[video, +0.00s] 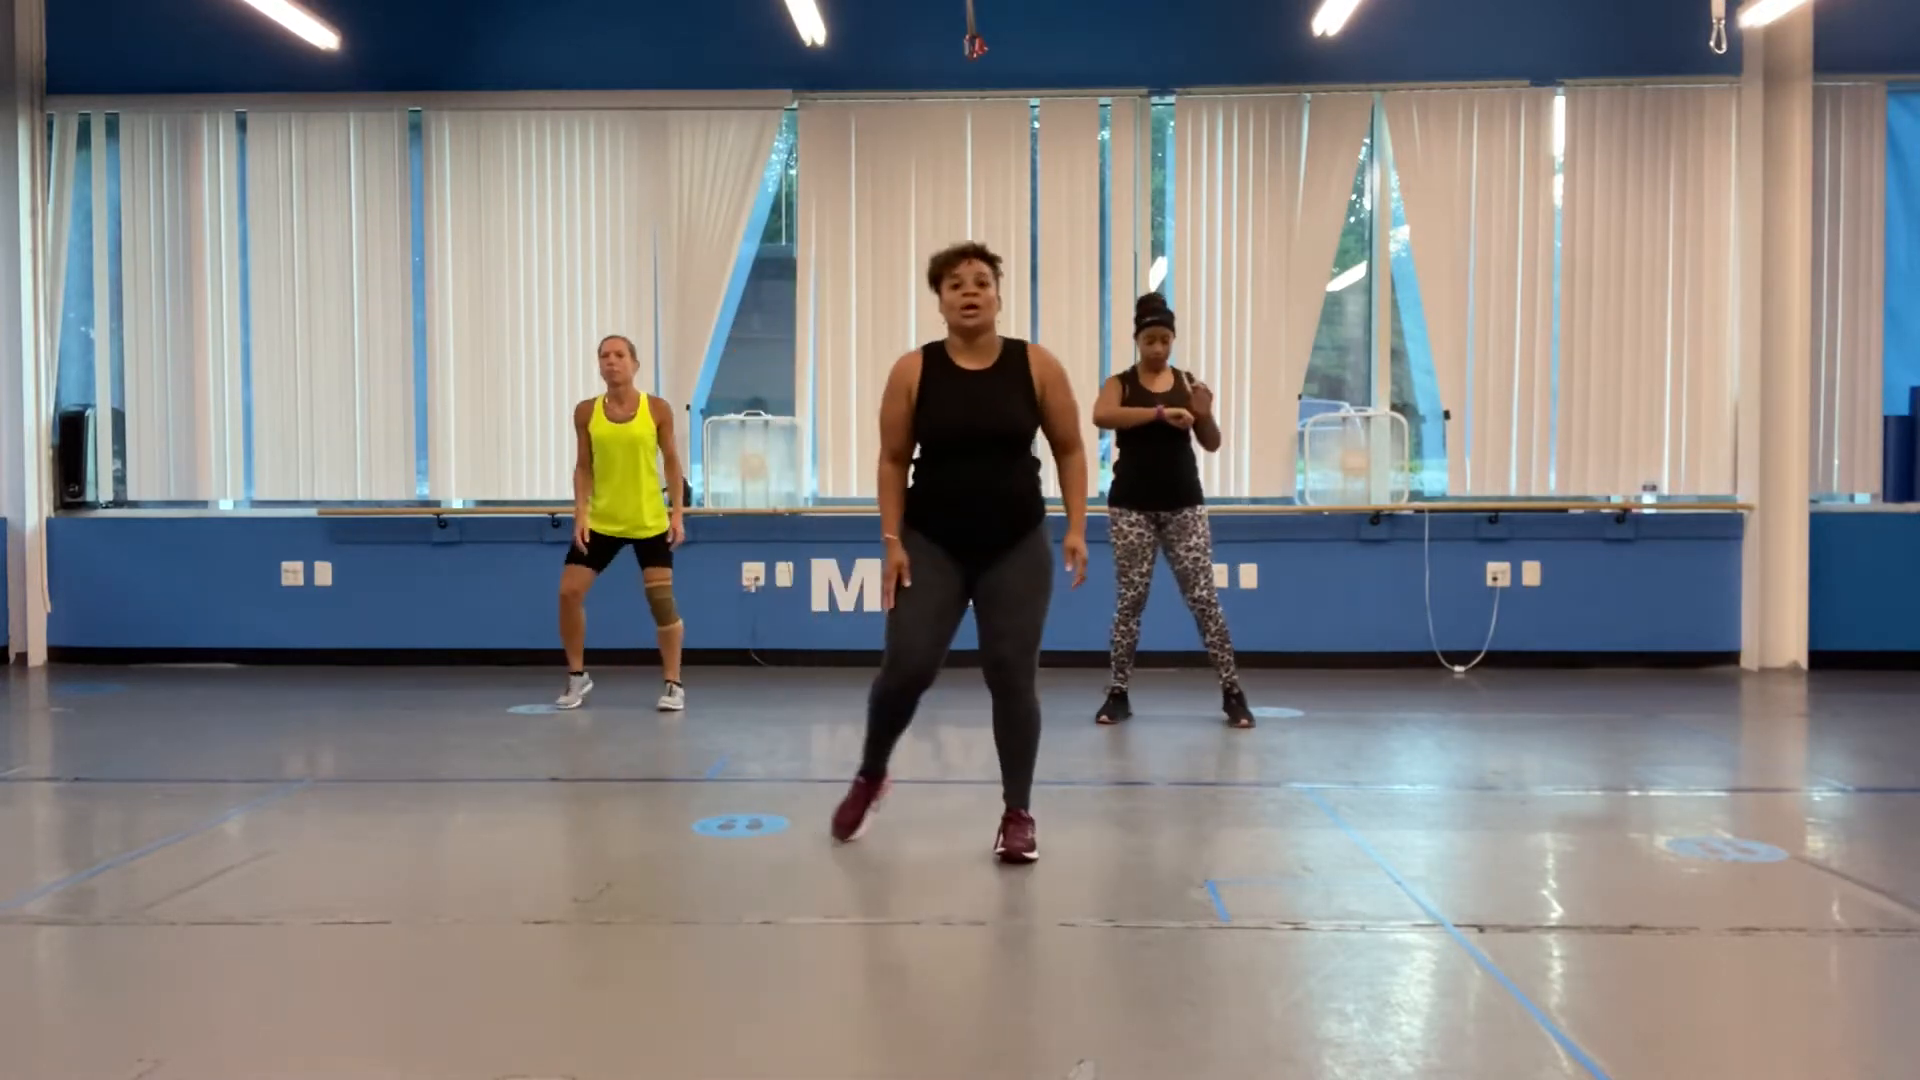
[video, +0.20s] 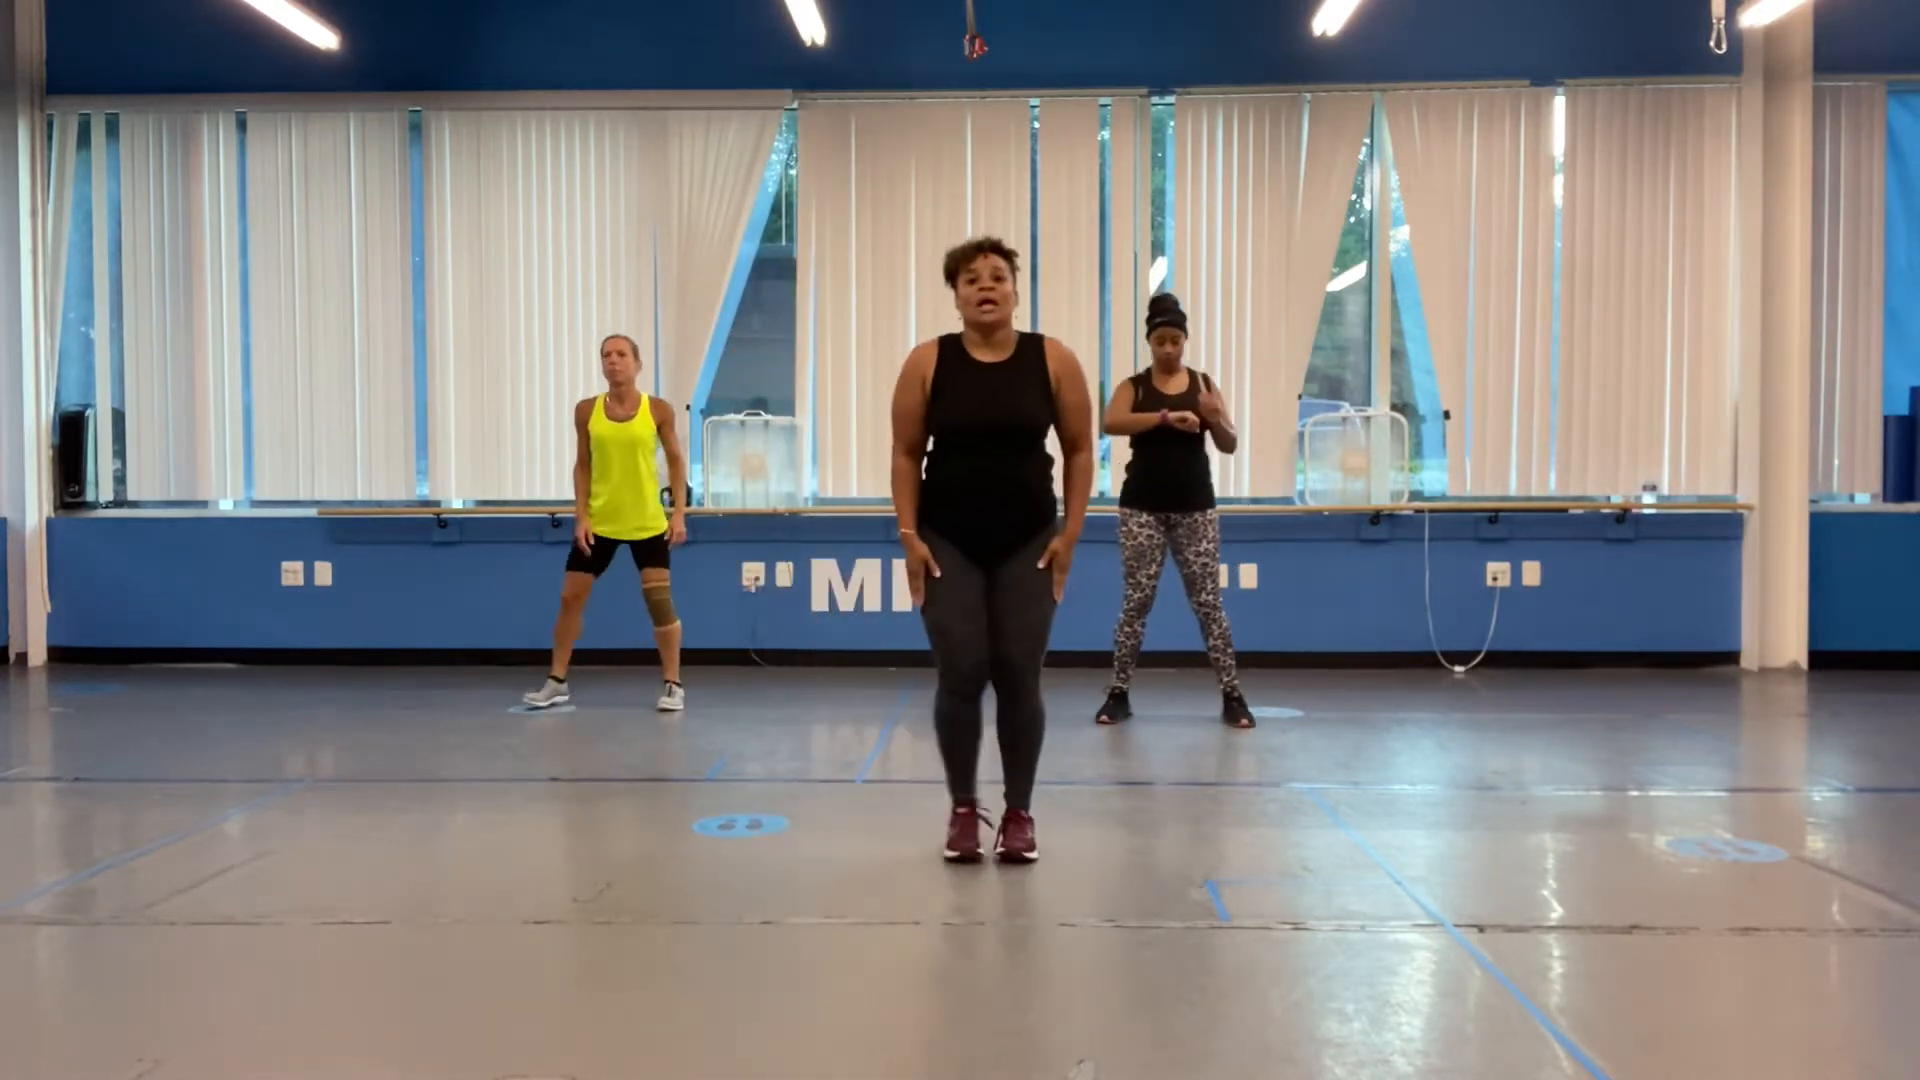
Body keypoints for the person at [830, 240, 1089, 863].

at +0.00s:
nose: (970, 294)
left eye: (981, 284)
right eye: (958, 286)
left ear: (999, 295)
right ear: (939, 299)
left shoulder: (1037, 367)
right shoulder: (913, 370)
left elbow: (1069, 449)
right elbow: (893, 460)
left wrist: (1076, 525)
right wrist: (891, 541)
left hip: (1016, 542)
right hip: (932, 542)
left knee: (1012, 675)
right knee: (907, 669)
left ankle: (1018, 815)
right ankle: (870, 777)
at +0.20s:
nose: (987, 290)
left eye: (998, 279)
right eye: (973, 282)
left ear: (1015, 289)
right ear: (955, 296)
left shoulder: (1053, 361)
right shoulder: (927, 363)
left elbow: (1079, 449)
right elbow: (906, 454)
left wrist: (1070, 532)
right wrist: (909, 534)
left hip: (1027, 539)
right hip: (947, 539)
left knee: (1018, 676)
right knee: (961, 673)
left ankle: (1018, 815)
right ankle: (963, 809)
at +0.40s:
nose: (992, 287)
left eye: (1002, 277)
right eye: (978, 280)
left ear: (1018, 288)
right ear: (958, 295)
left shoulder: (1056, 356)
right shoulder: (930, 360)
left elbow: (1079, 449)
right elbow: (908, 453)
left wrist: (1071, 533)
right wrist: (915, 536)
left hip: (1032, 538)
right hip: (951, 539)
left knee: (1021, 675)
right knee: (963, 674)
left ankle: (1018, 814)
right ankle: (965, 812)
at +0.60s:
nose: (993, 284)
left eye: (1003, 274)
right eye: (979, 277)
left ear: (1020, 286)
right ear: (959, 293)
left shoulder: (1058, 356)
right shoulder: (931, 359)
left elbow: (1081, 448)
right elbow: (908, 454)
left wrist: (1075, 532)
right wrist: (918, 537)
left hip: (1035, 539)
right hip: (953, 540)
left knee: (1024, 677)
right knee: (964, 676)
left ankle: (1018, 815)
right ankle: (965, 812)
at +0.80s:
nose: (997, 285)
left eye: (1007, 276)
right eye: (982, 278)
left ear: (1023, 288)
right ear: (963, 293)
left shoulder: (1062, 359)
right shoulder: (936, 364)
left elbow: (1097, 445)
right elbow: (903, 455)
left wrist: (1109, 525)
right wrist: (899, 537)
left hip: (1037, 541)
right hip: (954, 541)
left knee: (1025, 678)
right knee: (966, 676)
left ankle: (1017, 815)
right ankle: (965, 812)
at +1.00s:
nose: (999, 285)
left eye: (1009, 276)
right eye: (984, 279)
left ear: (1025, 287)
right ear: (965, 295)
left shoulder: (1066, 360)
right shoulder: (938, 367)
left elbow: (1091, 447)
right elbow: (903, 451)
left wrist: (1091, 527)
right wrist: (908, 524)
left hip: (1044, 540)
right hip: (958, 540)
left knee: (1029, 679)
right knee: (971, 674)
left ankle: (1018, 815)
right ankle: (967, 809)